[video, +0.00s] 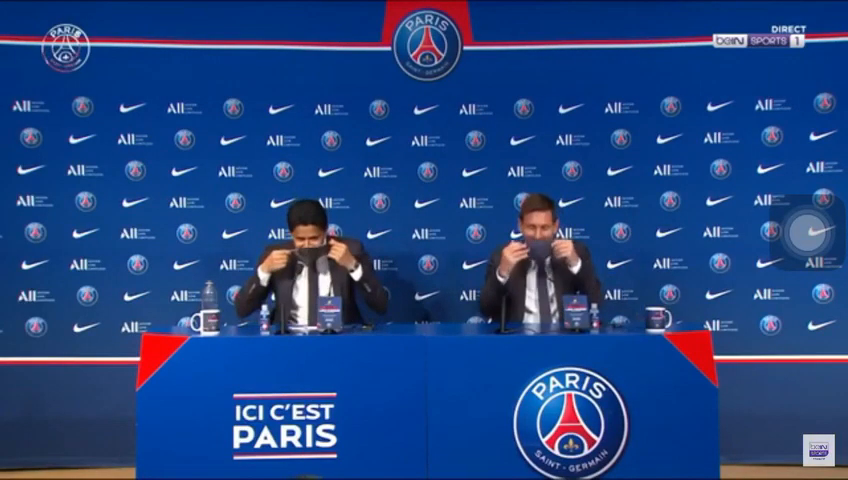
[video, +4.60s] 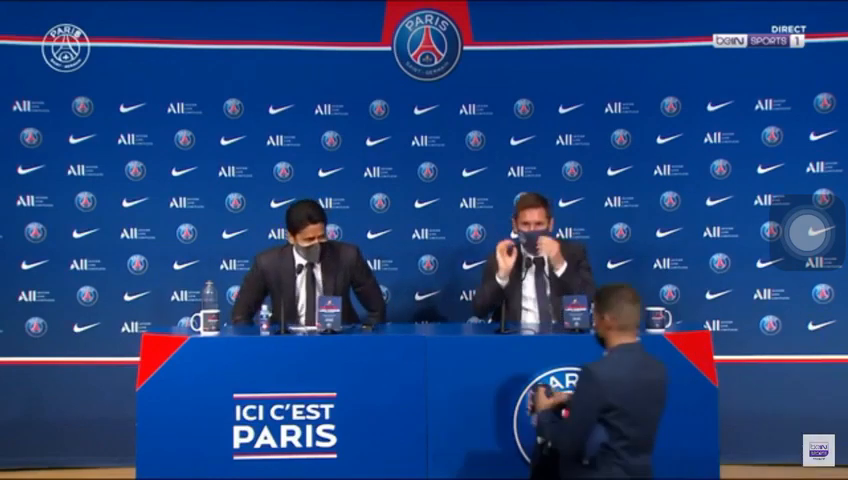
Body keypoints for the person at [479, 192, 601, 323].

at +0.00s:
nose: (538, 235)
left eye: (545, 228)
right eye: (532, 228)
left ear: (556, 227)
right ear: (521, 226)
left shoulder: (576, 253)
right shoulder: (505, 256)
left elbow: (596, 300)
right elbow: (487, 310)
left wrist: (575, 263)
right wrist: (503, 273)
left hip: (566, 339)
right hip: (519, 340)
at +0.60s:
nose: (542, 237)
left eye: (548, 230)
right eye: (535, 230)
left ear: (558, 224)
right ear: (524, 224)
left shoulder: (578, 254)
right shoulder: (504, 257)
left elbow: (595, 301)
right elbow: (488, 311)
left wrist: (571, 269)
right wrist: (507, 283)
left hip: (567, 339)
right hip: (520, 340)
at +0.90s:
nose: (547, 239)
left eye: (554, 232)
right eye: (541, 231)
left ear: (563, 224)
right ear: (528, 222)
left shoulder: (578, 254)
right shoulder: (504, 258)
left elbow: (594, 297)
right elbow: (490, 308)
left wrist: (565, 277)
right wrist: (511, 306)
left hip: (568, 340)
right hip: (520, 341)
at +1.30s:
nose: (544, 243)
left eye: (551, 236)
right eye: (539, 235)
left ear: (561, 227)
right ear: (528, 224)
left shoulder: (579, 254)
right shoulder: (504, 258)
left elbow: (601, 299)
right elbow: (490, 309)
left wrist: (579, 290)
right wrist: (511, 301)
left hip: (568, 341)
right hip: (519, 342)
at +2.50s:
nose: (535, 229)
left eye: (542, 222)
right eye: (529, 221)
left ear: (555, 223)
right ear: (520, 223)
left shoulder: (578, 256)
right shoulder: (503, 259)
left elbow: (598, 304)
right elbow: (489, 314)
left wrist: (573, 279)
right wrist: (508, 283)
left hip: (566, 341)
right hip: (518, 342)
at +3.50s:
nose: (537, 232)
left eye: (543, 226)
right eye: (530, 226)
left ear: (555, 224)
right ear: (520, 225)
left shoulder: (573, 252)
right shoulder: (506, 253)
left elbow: (600, 301)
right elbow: (485, 307)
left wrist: (578, 257)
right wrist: (504, 264)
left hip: (565, 342)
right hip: (518, 342)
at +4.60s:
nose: (532, 231)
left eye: (538, 224)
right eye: (525, 224)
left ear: (550, 225)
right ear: (515, 225)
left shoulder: (573, 253)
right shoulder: (501, 256)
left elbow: (587, 298)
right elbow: (480, 310)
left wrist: (559, 265)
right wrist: (502, 276)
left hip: (560, 342)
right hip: (514, 343)